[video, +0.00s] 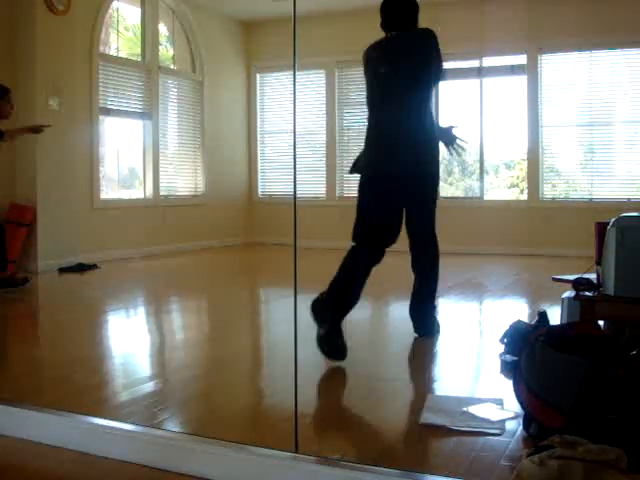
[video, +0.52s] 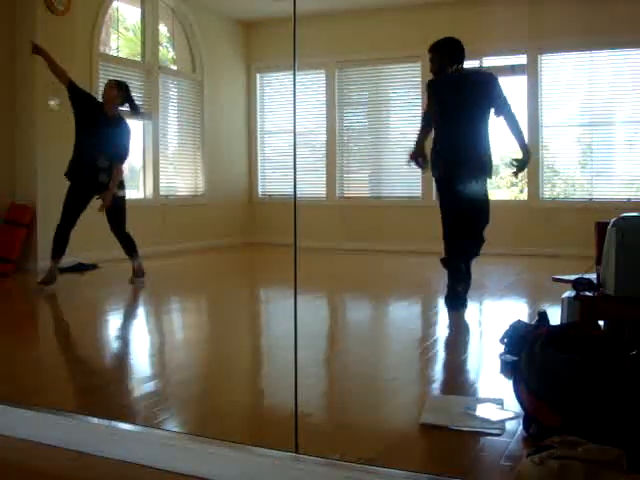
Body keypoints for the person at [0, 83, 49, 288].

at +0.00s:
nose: (11, 110)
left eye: (10, 104)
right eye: (8, 104)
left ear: (6, 105)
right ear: (2, 105)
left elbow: (7, 136)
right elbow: (7, 136)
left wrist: (28, 130)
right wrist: (27, 130)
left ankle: (8, 272)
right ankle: (6, 273)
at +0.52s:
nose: (105, 90)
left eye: (111, 88)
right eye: (106, 87)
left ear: (120, 96)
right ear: (105, 92)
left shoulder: (122, 127)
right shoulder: (87, 105)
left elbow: (119, 164)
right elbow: (64, 78)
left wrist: (111, 191)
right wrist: (43, 53)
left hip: (110, 182)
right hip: (82, 178)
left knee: (119, 229)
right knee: (65, 224)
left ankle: (137, 265)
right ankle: (53, 269)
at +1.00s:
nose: (161, 96)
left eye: (166, 94)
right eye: (162, 94)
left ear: (174, 100)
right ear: (161, 100)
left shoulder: (177, 119)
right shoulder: (152, 115)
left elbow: (185, 91)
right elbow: (140, 87)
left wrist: (195, 67)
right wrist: (132, 60)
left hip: (176, 179)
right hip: (160, 178)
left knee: (160, 222)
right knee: (176, 223)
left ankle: (145, 265)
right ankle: (200, 258)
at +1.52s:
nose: (203, 104)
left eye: (208, 101)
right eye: (203, 100)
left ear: (216, 105)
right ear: (201, 102)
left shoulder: (223, 127)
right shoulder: (187, 124)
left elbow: (231, 153)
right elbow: (175, 147)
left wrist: (242, 174)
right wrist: (164, 166)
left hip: (221, 180)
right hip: (198, 181)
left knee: (230, 221)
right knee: (200, 224)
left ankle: (242, 256)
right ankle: (208, 258)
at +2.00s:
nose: (222, 135)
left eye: (226, 131)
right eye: (220, 130)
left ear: (232, 129)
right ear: (215, 128)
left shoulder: (239, 147)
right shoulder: (204, 145)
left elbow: (240, 171)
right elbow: (197, 171)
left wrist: (242, 190)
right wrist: (192, 194)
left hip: (231, 193)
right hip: (209, 192)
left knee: (242, 226)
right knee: (201, 228)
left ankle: (237, 258)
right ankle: (210, 257)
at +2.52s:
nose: (219, 122)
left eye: (224, 120)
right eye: (219, 118)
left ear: (232, 121)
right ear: (217, 117)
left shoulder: (240, 137)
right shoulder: (208, 134)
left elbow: (243, 164)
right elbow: (200, 161)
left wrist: (245, 183)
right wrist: (196, 183)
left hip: (234, 185)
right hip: (211, 185)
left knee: (240, 222)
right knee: (206, 223)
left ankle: (239, 258)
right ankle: (210, 258)